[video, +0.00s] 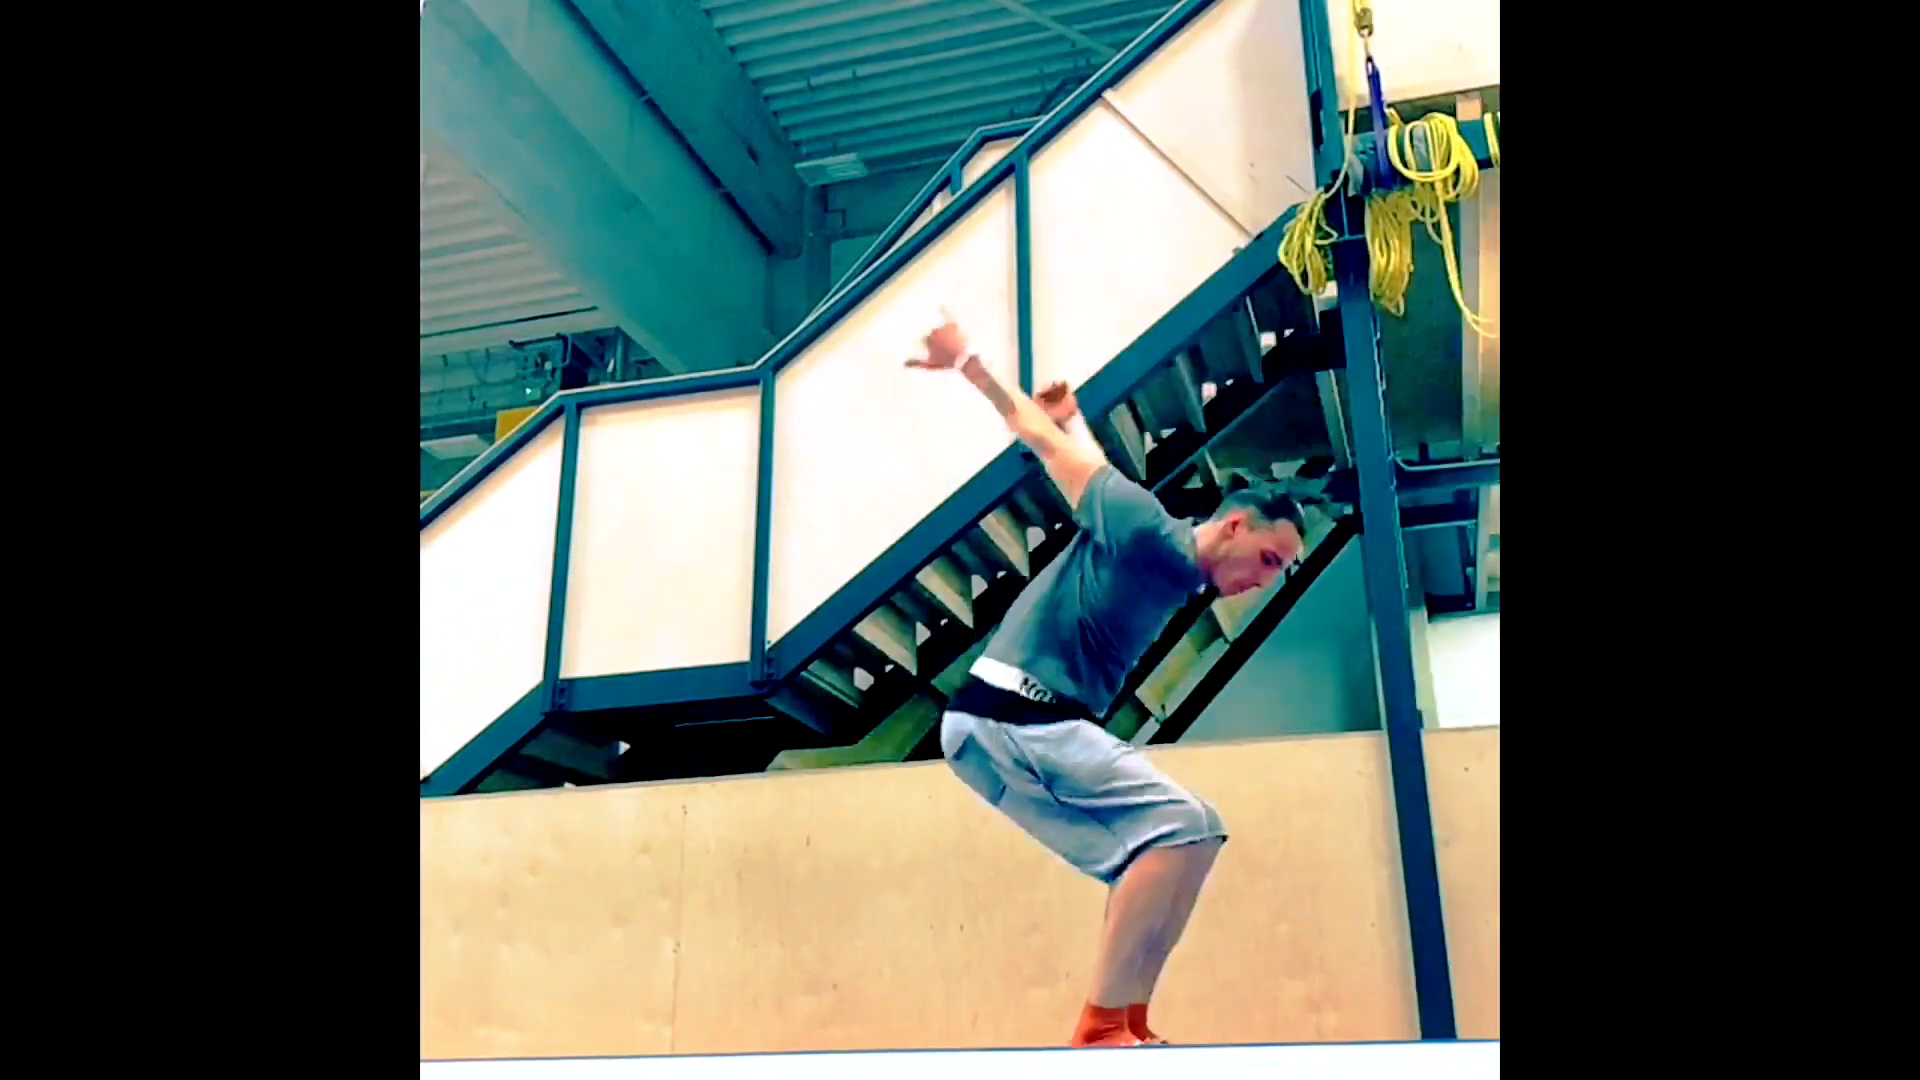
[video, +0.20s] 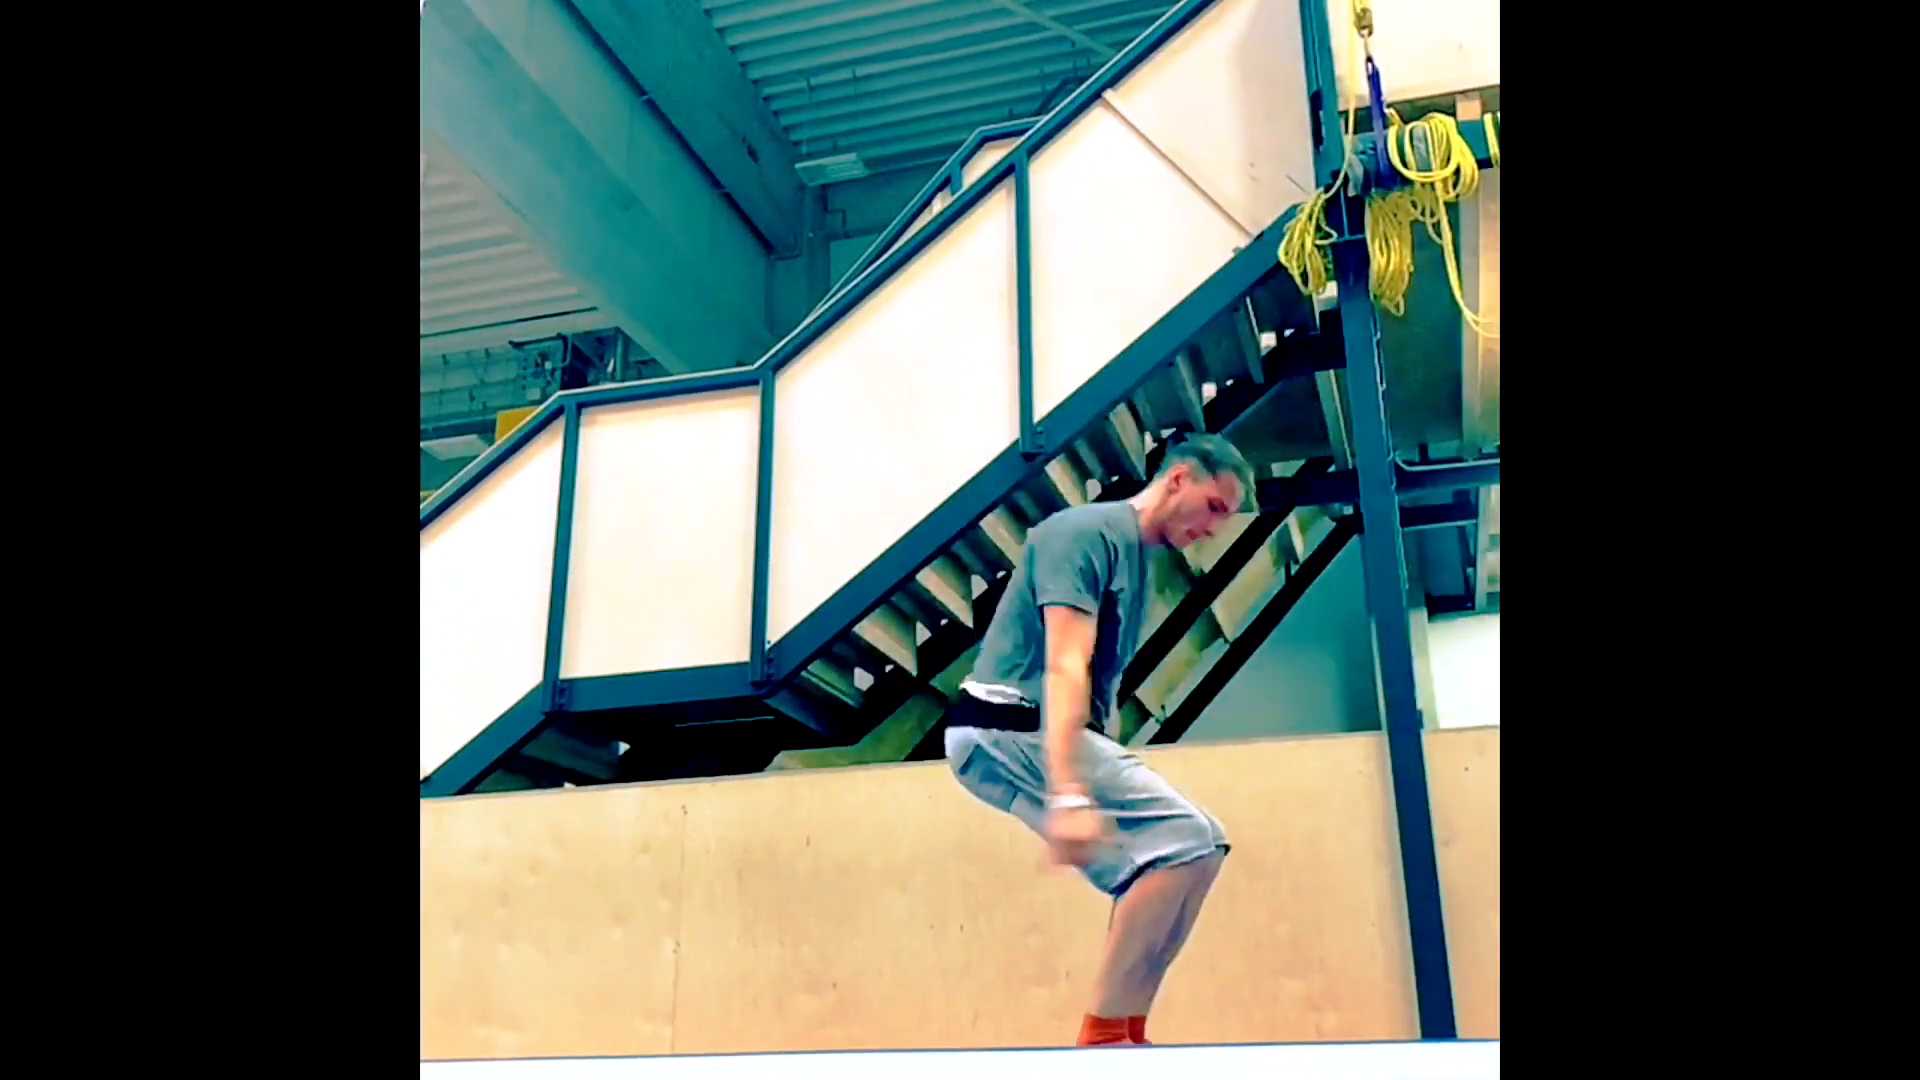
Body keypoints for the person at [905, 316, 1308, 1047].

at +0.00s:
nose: (1264, 580)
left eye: (1277, 572)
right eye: (1266, 559)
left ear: (1240, 538)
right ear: (1231, 523)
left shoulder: (1179, 570)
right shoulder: (1144, 530)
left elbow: (1099, 478)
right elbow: (1044, 441)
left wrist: (1069, 425)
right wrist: (968, 363)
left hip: (1044, 725)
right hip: (1007, 716)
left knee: (1197, 837)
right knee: (1173, 829)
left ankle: (1128, 1027)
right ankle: (1101, 1029)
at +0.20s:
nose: (1214, 527)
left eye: (1224, 518)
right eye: (1215, 506)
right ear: (1178, 478)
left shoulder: (1137, 568)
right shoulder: (1084, 531)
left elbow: (1101, 691)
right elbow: (1064, 665)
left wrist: (1110, 780)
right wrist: (1069, 796)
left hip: (1051, 731)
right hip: (1002, 730)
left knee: (1203, 849)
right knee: (1179, 845)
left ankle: (1124, 1035)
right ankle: (1104, 1037)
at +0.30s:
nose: (1152, 472)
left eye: (1161, 462)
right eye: (1148, 451)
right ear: (1106, 431)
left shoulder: (1102, 538)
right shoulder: (1057, 495)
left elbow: (1183, 618)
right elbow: (1180, 573)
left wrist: (1303, 647)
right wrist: (1310, 594)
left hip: (1048, 715)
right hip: (1007, 713)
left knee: (1192, 850)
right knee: (1172, 847)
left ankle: (1122, 1039)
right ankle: (1103, 1040)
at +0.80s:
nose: (1069, 366)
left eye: (1067, 358)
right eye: (1056, 353)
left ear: (1049, 376)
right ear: (1024, 362)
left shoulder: (1058, 440)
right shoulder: (1007, 412)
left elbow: (1136, 381)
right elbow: (1089, 296)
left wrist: (1182, 297)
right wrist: (1139, 193)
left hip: (1056, 662)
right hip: (1029, 657)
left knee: (1189, 829)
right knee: (1164, 822)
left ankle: (1129, 1030)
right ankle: (1107, 1029)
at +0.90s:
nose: (1054, 352)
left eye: (1053, 341)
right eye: (1040, 339)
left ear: (1034, 366)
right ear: (1007, 352)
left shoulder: (1046, 427)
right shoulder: (996, 396)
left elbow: (1118, 362)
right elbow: (1061, 275)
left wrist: (1153, 275)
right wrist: (1092, 174)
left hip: (1068, 642)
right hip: (1034, 640)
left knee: (1192, 820)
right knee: (1160, 813)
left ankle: (1130, 1022)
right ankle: (1108, 1024)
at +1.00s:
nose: (1047, 342)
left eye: (1049, 334)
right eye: (1036, 328)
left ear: (1039, 355)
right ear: (1004, 336)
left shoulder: (1035, 417)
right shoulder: (985, 385)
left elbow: (1092, 351)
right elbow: (1031, 256)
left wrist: (1119, 272)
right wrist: (1044, 149)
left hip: (1076, 628)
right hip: (1044, 625)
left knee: (1190, 810)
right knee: (1155, 804)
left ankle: (1135, 1015)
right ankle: (1110, 1018)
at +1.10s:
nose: (1039, 339)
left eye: (1041, 333)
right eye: (1026, 326)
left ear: (1034, 352)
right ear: (994, 328)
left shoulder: (1028, 409)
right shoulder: (972, 374)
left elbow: (1067, 343)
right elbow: (999, 235)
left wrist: (1089, 266)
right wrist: (999, 139)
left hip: (1092, 609)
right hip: (1053, 603)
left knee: (1189, 800)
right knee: (1149, 794)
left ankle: (1142, 1006)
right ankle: (1109, 1007)